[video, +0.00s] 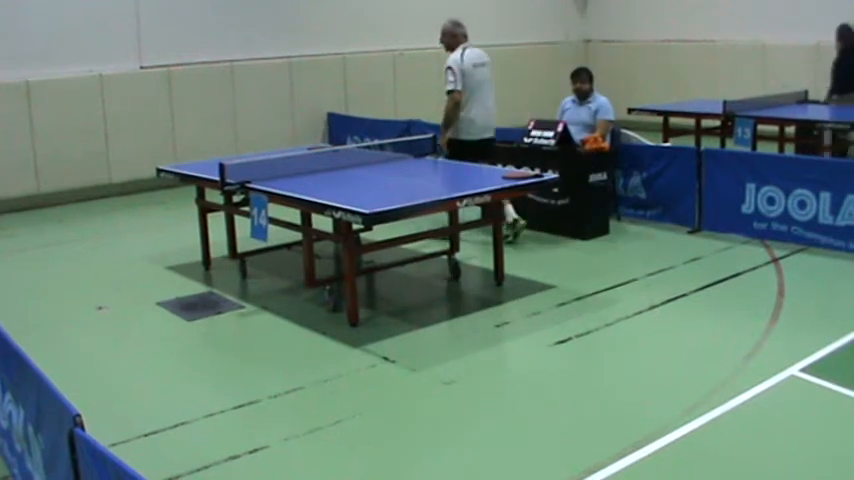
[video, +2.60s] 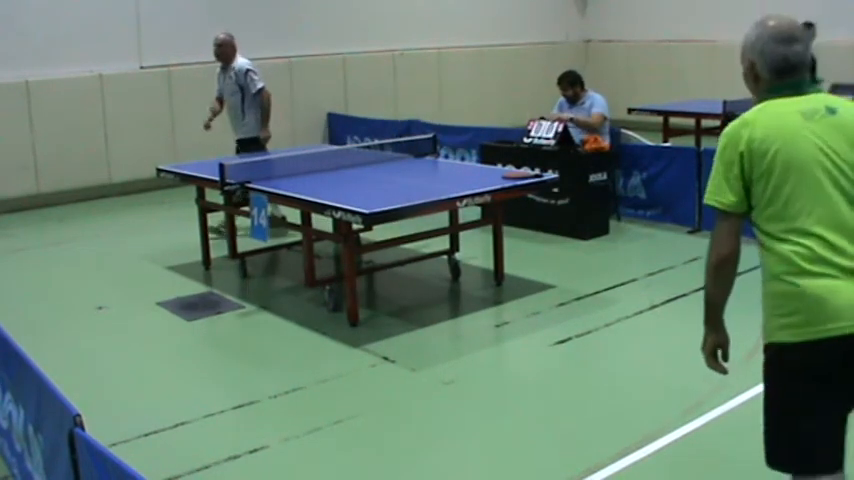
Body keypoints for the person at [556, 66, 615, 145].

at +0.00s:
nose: (578, 86)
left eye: (582, 83)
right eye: (575, 83)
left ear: (591, 84)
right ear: (572, 85)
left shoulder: (602, 104)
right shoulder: (566, 103)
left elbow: (601, 135)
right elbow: (560, 128)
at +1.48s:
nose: (577, 90)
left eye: (581, 87)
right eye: (574, 87)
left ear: (590, 87)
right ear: (571, 87)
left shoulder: (602, 103)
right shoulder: (566, 103)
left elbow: (606, 132)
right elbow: (559, 125)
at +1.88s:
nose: (574, 91)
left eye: (578, 87)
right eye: (572, 87)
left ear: (588, 87)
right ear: (568, 87)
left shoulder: (601, 104)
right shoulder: (565, 103)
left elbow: (601, 133)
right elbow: (560, 126)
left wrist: (583, 134)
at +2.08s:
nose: (571, 92)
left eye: (574, 88)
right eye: (569, 89)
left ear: (586, 87)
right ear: (566, 88)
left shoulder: (600, 103)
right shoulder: (566, 102)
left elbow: (602, 132)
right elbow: (559, 125)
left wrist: (583, 131)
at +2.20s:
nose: (569, 93)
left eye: (572, 89)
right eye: (567, 90)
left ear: (584, 88)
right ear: (565, 89)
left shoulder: (600, 103)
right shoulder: (565, 102)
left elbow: (602, 132)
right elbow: (556, 124)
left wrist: (581, 127)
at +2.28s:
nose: (568, 93)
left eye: (571, 89)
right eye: (567, 90)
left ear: (583, 87)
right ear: (565, 89)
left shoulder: (600, 102)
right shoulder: (565, 102)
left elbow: (600, 130)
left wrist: (578, 122)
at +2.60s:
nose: (563, 94)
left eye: (566, 90)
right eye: (562, 91)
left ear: (577, 88)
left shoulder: (597, 100)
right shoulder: (562, 102)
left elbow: (596, 124)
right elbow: (554, 120)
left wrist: (571, 119)